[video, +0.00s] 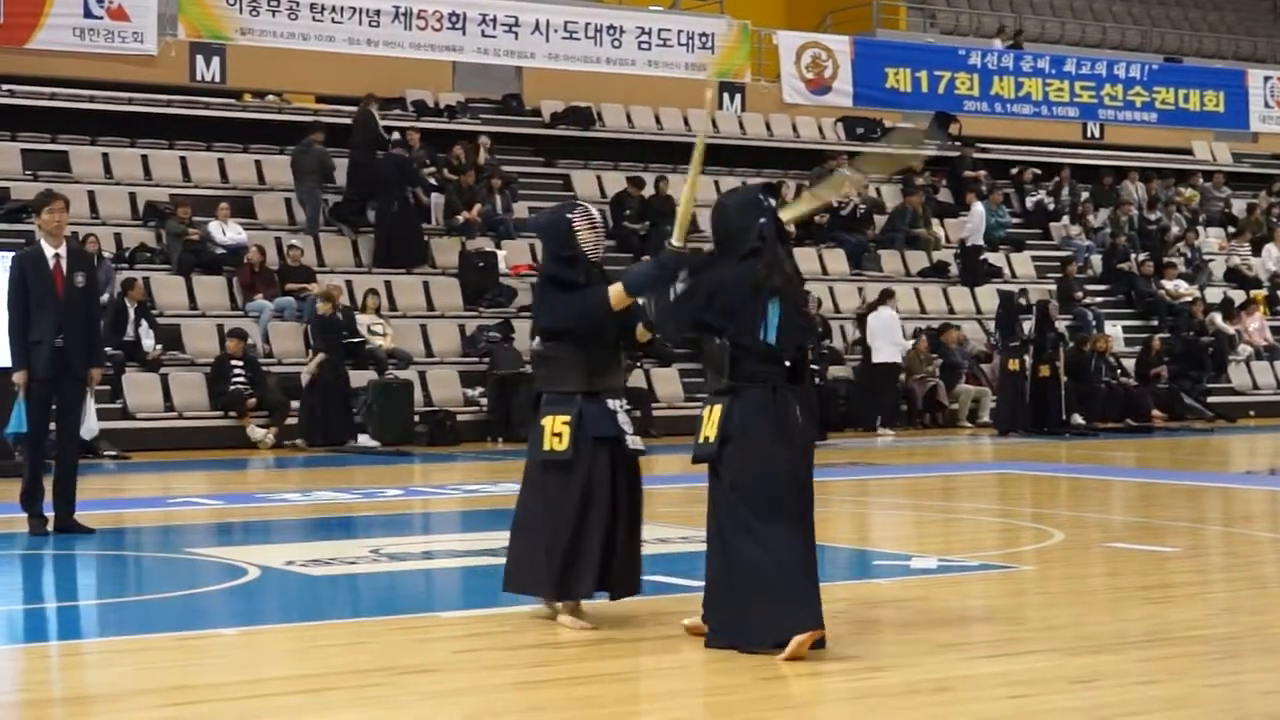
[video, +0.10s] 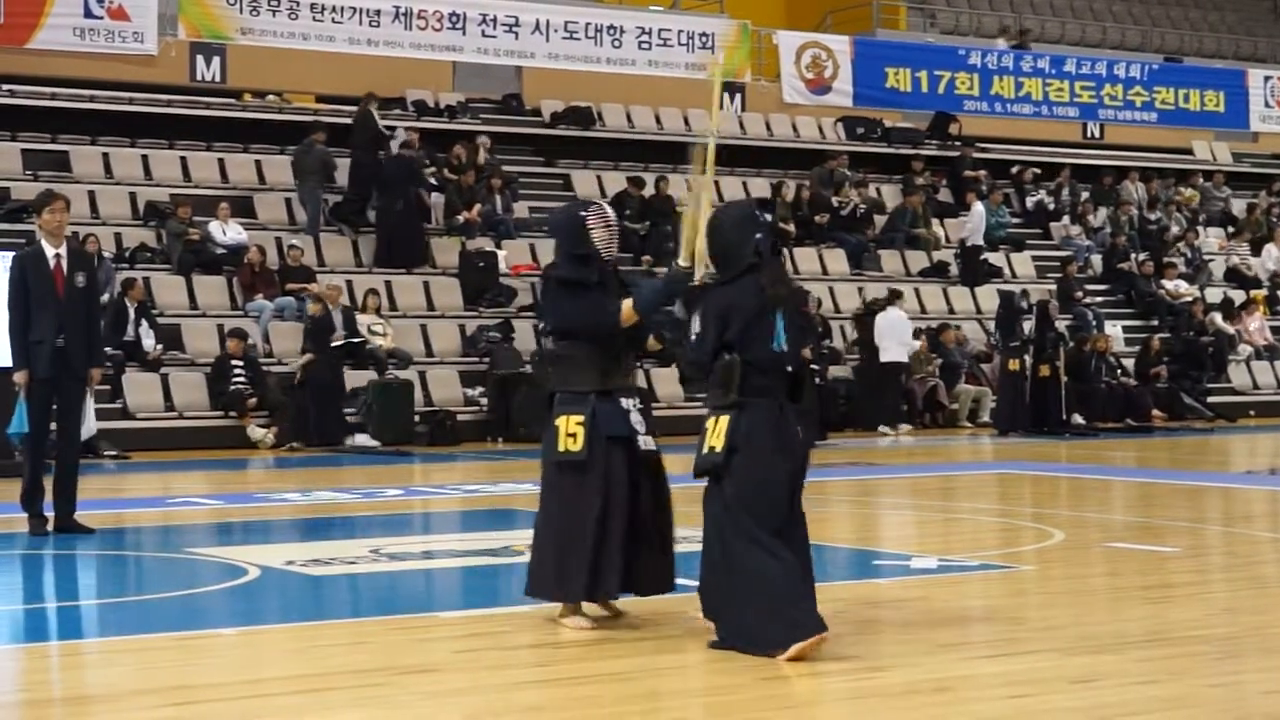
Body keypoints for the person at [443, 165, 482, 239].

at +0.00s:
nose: (473, 179)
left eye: (473, 176)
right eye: (470, 176)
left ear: (474, 176)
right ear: (462, 177)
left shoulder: (473, 188)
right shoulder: (452, 188)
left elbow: (479, 202)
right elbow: (456, 205)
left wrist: (474, 213)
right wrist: (469, 217)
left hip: (469, 215)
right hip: (453, 217)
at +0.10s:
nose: (473, 178)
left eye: (473, 176)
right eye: (470, 176)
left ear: (475, 176)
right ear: (462, 177)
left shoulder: (474, 188)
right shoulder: (453, 188)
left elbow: (479, 202)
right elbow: (456, 205)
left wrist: (474, 213)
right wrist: (469, 217)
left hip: (470, 216)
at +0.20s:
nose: (473, 178)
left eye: (473, 176)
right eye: (470, 176)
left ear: (475, 176)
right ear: (462, 177)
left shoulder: (474, 188)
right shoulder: (453, 188)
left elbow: (479, 201)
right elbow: (456, 205)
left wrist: (473, 212)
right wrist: (469, 217)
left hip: (469, 216)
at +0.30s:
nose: (472, 178)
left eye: (473, 175)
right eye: (469, 175)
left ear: (474, 176)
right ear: (462, 176)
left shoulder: (473, 188)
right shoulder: (453, 187)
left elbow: (479, 201)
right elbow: (455, 204)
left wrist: (474, 212)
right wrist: (469, 216)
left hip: (469, 215)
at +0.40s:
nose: (470, 177)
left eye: (472, 175)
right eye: (467, 175)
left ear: (474, 175)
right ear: (461, 175)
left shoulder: (473, 187)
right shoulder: (453, 187)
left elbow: (479, 201)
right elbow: (455, 204)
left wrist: (474, 212)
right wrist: (469, 216)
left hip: (470, 215)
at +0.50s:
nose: (468, 177)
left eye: (471, 175)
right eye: (465, 174)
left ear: (474, 176)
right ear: (461, 175)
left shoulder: (474, 187)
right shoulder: (454, 187)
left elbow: (479, 201)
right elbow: (454, 201)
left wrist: (474, 212)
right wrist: (467, 214)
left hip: (470, 214)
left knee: (476, 221)